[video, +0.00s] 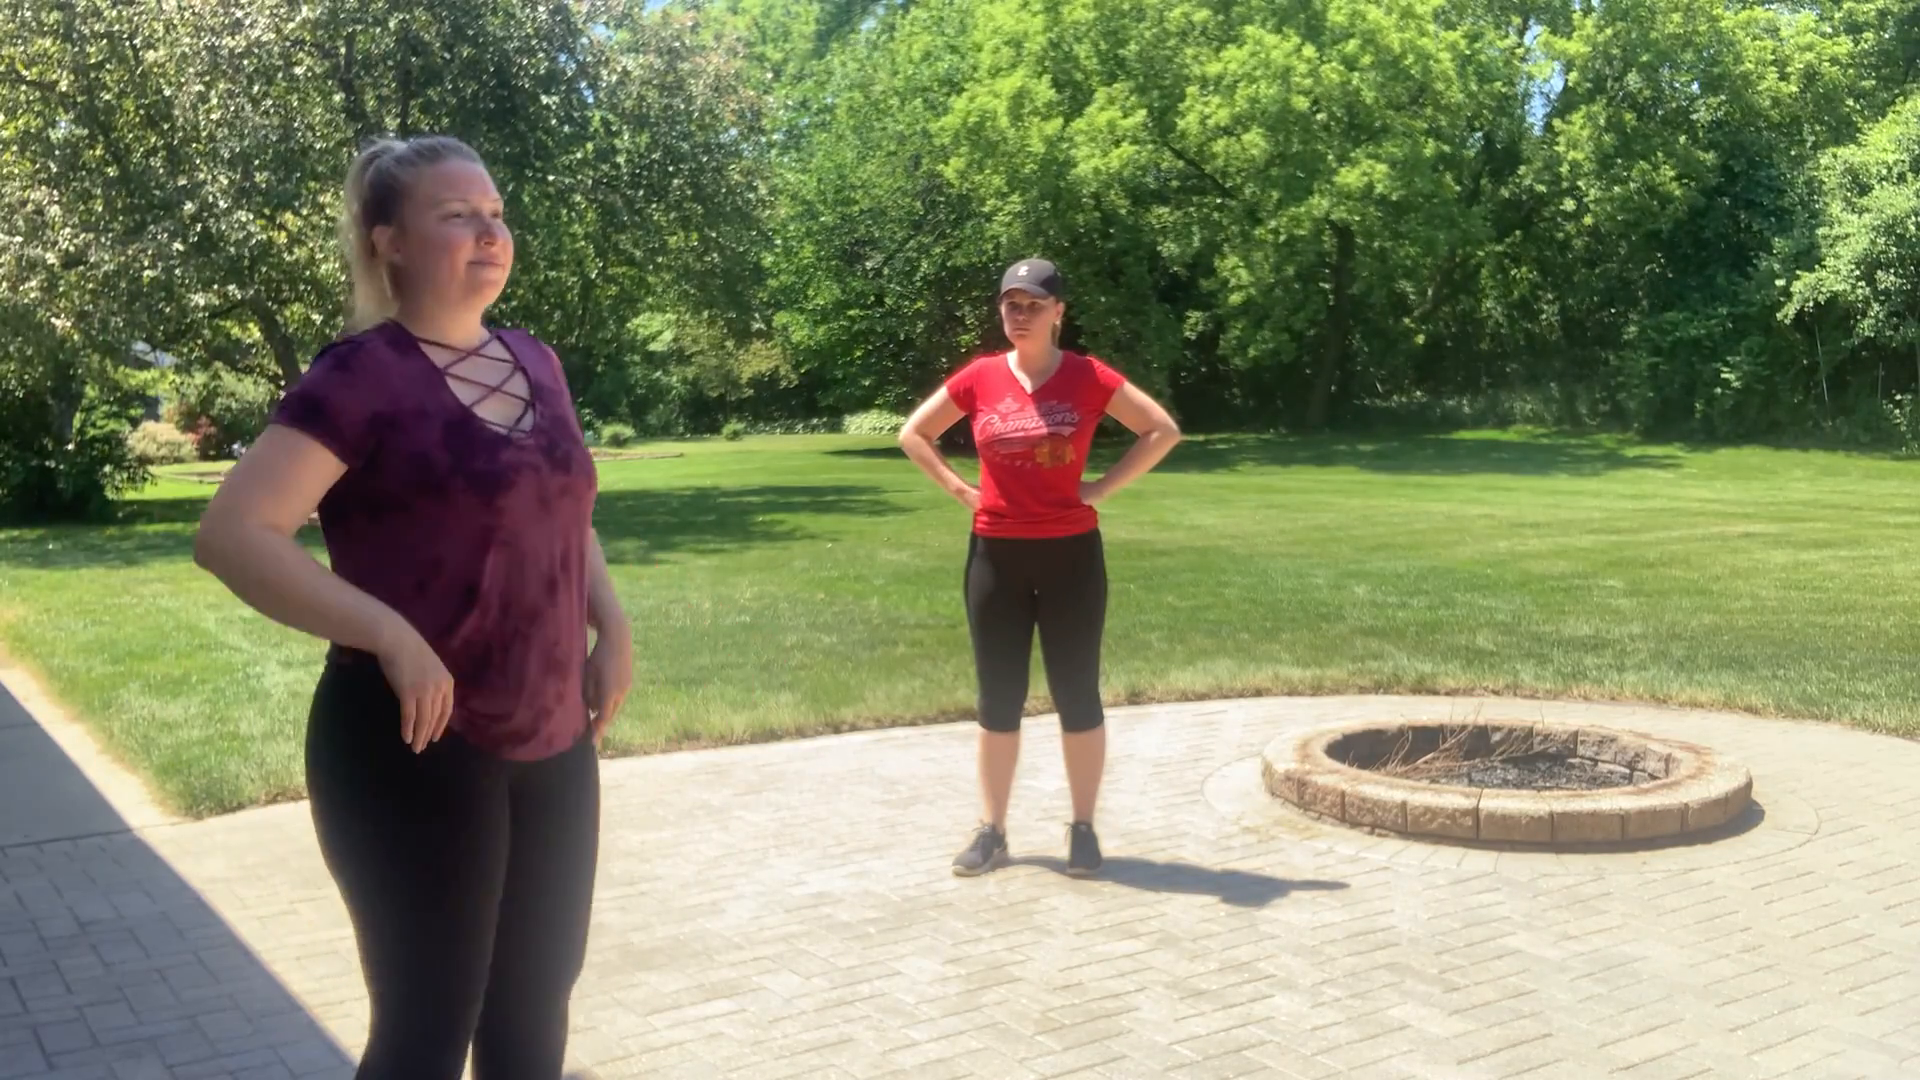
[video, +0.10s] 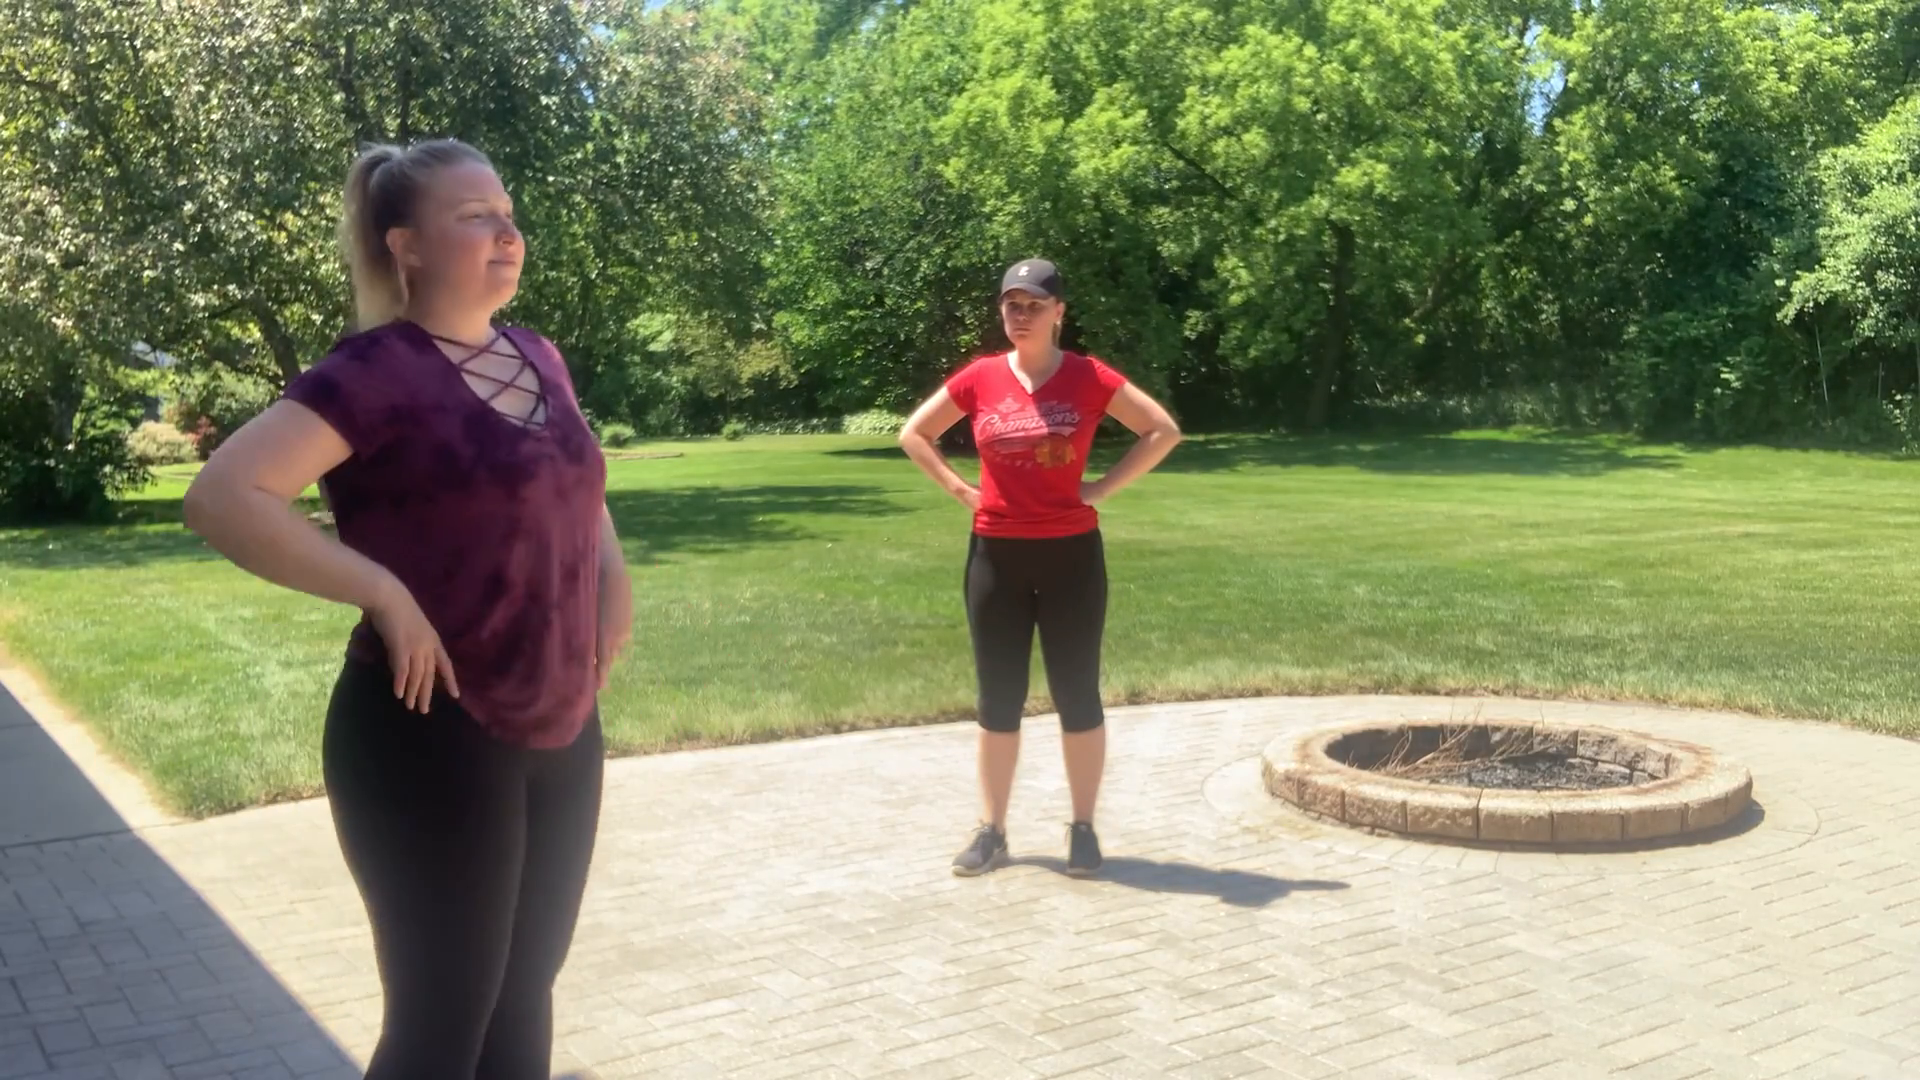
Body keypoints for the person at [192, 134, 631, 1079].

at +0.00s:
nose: (491, 238)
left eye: (498, 218)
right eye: (458, 220)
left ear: (510, 235)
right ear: (387, 244)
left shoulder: (537, 362)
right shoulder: (360, 376)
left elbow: (563, 519)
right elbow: (230, 534)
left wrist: (613, 622)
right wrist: (388, 629)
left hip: (552, 730)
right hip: (414, 738)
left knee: (530, 1035)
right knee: (424, 1041)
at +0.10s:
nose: (507, 235)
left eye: (510, 218)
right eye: (476, 219)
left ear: (519, 235)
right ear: (405, 247)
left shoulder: (540, 357)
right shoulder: (377, 369)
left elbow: (579, 492)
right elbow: (220, 496)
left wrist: (612, 574)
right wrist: (380, 591)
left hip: (562, 715)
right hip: (432, 724)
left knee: (523, 1007)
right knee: (443, 1023)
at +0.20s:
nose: (527, 236)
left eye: (522, 218)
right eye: (495, 222)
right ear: (422, 251)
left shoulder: (541, 354)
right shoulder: (390, 367)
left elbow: (574, 487)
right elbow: (221, 469)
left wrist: (581, 605)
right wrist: (381, 570)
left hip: (564, 720)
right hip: (444, 726)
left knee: (513, 998)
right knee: (451, 1024)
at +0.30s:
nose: (540, 231)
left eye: (532, 213)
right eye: (512, 218)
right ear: (441, 250)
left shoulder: (539, 348)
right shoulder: (409, 362)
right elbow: (242, 456)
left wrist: (566, 578)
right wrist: (392, 571)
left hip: (565, 715)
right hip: (454, 720)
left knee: (517, 991)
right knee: (467, 1020)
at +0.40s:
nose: (552, 234)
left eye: (543, 215)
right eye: (525, 221)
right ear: (454, 252)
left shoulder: (537, 350)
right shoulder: (422, 362)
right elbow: (280, 484)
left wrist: (559, 586)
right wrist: (411, 600)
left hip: (566, 716)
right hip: (461, 724)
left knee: (517, 997)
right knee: (480, 1020)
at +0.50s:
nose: (557, 235)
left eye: (547, 217)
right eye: (533, 223)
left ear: (483, 258)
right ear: (464, 257)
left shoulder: (536, 351)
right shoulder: (430, 365)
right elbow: (315, 501)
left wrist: (566, 596)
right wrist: (433, 612)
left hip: (561, 714)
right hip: (461, 725)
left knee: (513, 997)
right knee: (486, 1023)